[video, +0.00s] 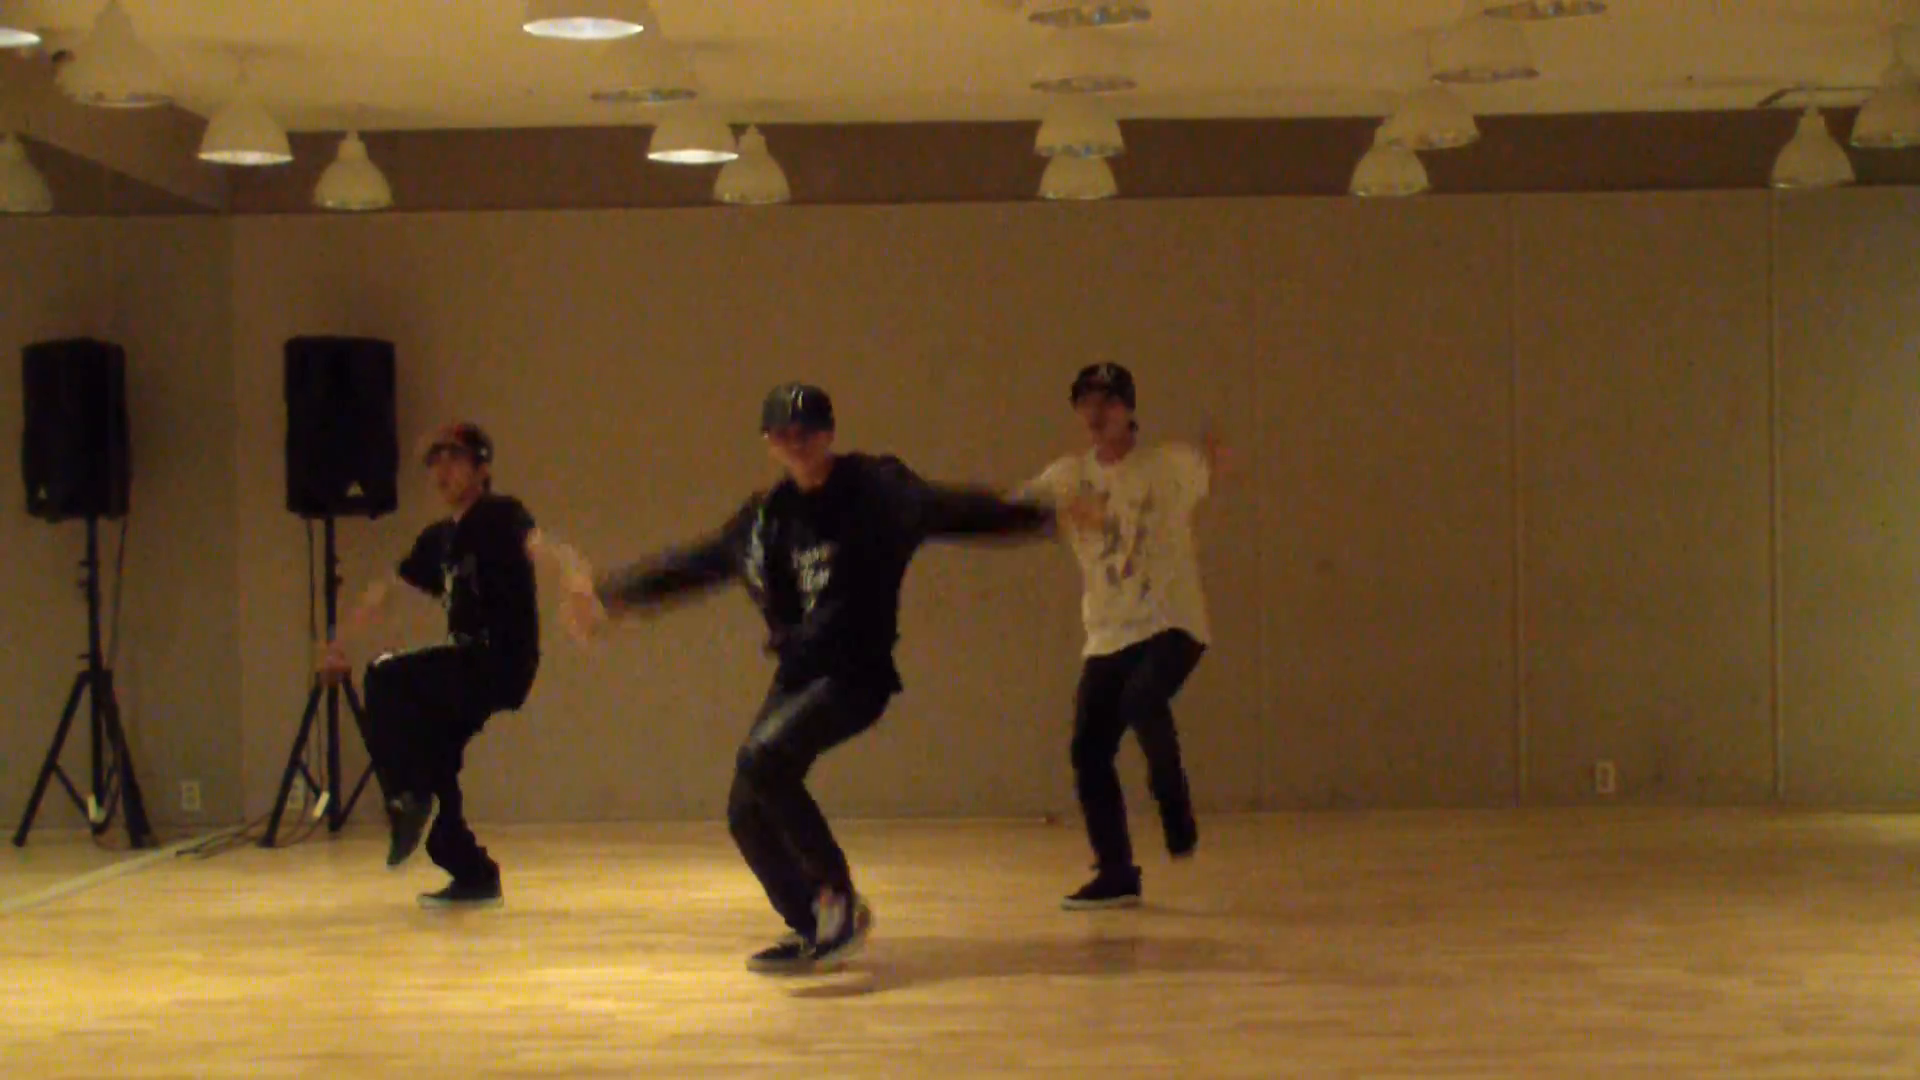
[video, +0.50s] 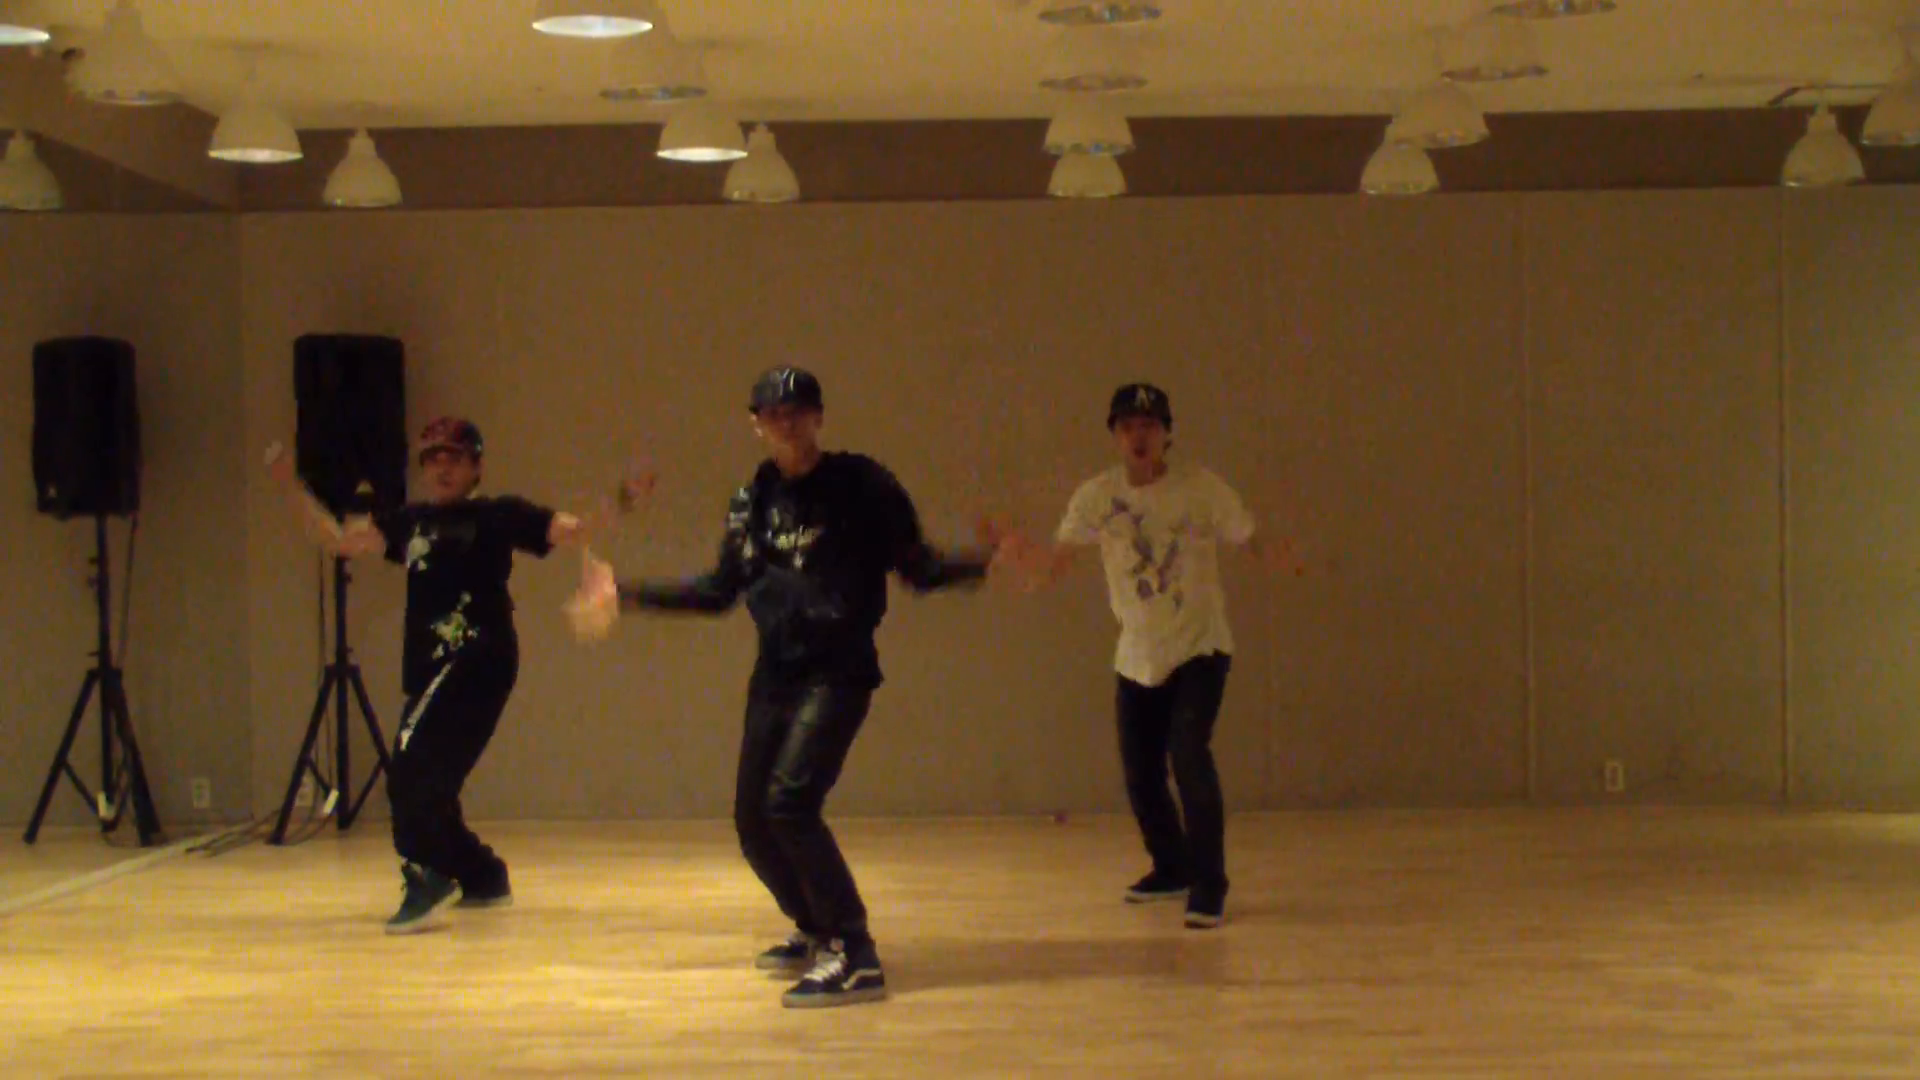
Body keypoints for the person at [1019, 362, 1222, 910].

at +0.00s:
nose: (1096, 420)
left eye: (1106, 409)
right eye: (1086, 411)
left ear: (1130, 411)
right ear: (1077, 417)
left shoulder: (1170, 465)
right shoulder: (1069, 477)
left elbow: (1204, 477)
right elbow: (1010, 508)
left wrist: (1219, 469)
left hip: (1174, 625)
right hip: (1109, 638)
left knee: (1143, 699)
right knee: (1089, 749)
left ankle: (1174, 811)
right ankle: (1115, 870)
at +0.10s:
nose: (1115, 392)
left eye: (1126, 381)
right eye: (1104, 382)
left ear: (1145, 389)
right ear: (1090, 391)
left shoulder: (1174, 440)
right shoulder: (1076, 455)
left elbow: (1202, 377)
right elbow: (1005, 411)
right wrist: (979, 339)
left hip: (1177, 616)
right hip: (1115, 624)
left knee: (1169, 732)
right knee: (1104, 745)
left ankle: (1190, 865)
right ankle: (1147, 853)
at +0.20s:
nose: (1132, 404)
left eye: (1142, 394)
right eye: (1122, 395)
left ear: (1158, 401)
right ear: (1105, 403)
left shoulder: (1179, 450)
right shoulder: (1095, 459)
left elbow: (1177, 365)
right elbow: (1072, 383)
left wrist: (1137, 302)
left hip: (1178, 622)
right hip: (1116, 625)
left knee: (1183, 752)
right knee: (1125, 758)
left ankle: (1205, 885)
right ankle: (1165, 864)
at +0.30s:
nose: (1139, 410)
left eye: (1151, 400)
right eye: (1127, 401)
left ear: (1167, 412)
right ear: (1111, 413)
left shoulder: (1193, 467)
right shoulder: (1095, 471)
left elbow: (1230, 388)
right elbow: (1040, 408)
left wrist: (1199, 309)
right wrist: (1074, 338)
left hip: (1186, 635)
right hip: (1121, 639)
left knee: (1187, 761)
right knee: (1133, 770)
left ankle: (1205, 887)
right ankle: (1166, 866)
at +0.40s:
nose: (1139, 418)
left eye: (1150, 407)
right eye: (1128, 407)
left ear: (1167, 417)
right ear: (1112, 419)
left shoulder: (1198, 471)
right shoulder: (1094, 480)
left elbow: (1280, 452)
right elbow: (1021, 478)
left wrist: (1313, 388)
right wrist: (998, 410)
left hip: (1193, 641)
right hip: (1131, 649)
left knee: (1190, 757)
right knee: (1140, 769)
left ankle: (1207, 886)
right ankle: (1169, 866)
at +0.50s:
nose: (1139, 439)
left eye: (1149, 428)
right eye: (1129, 429)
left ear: (1168, 432)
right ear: (1113, 435)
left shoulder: (1202, 488)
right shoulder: (1097, 497)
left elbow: (1250, 542)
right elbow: (1060, 562)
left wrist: (1276, 554)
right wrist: (1031, 558)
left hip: (1200, 647)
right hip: (1138, 653)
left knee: (1188, 755)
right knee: (1140, 768)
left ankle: (1209, 884)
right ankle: (1171, 864)